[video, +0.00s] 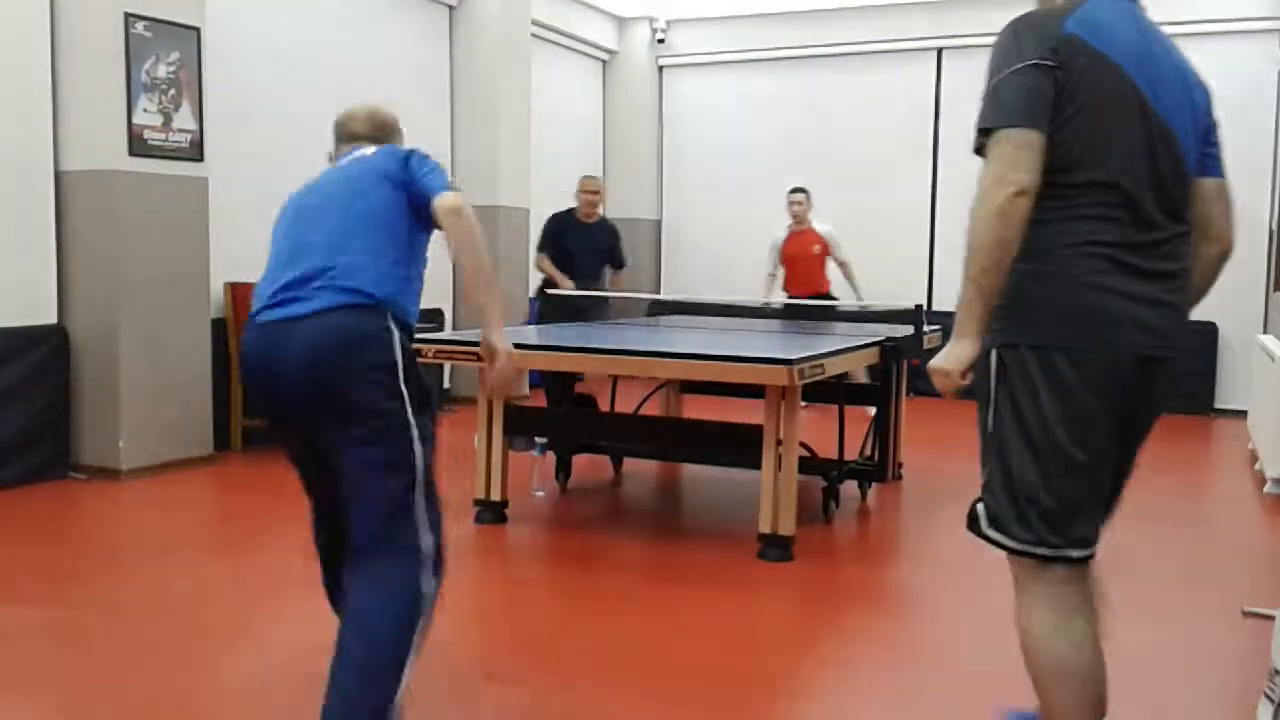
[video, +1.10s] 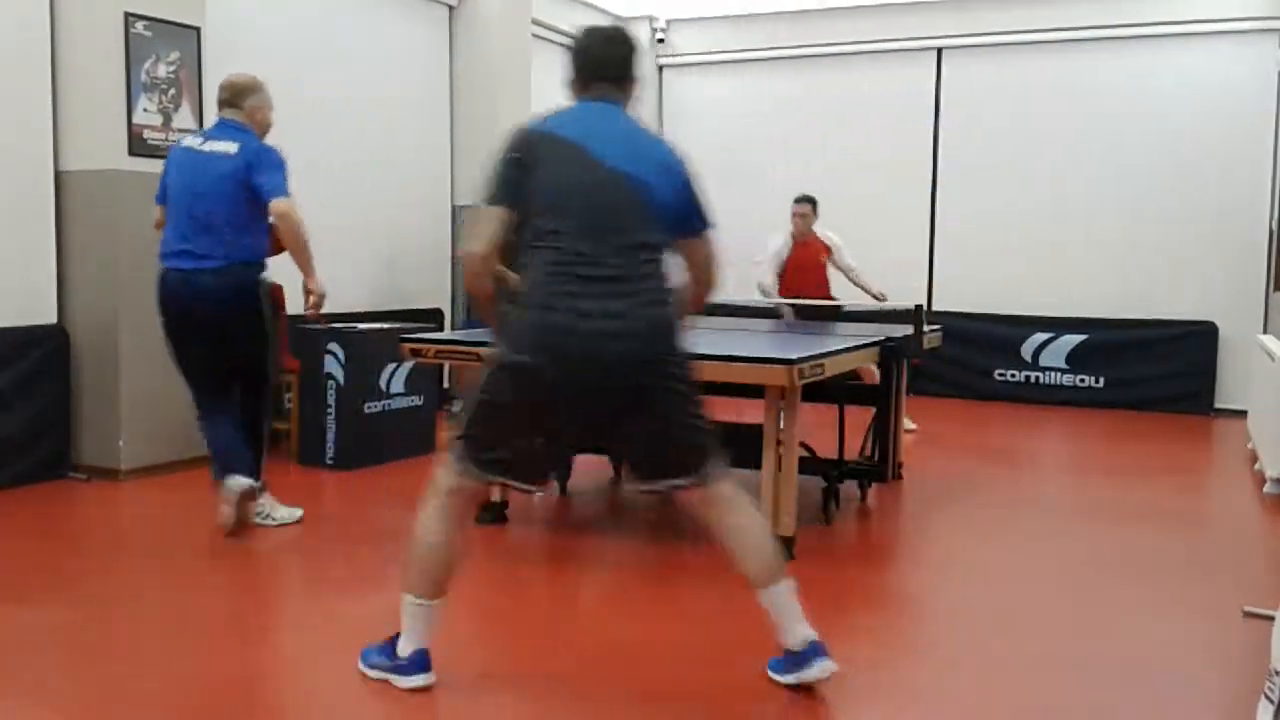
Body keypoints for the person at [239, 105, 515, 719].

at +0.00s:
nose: (402, 151)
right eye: (401, 143)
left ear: (336, 150)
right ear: (394, 143)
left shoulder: (303, 195)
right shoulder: (403, 159)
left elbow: (280, 284)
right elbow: (454, 212)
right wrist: (495, 333)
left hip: (270, 345)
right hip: (356, 339)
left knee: (333, 505)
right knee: (401, 541)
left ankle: (369, 634)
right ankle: (357, 707)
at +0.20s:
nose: (404, 186)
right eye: (400, 181)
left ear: (350, 178)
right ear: (386, 172)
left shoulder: (323, 214)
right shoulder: (383, 174)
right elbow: (404, 193)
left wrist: (424, 347)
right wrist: (449, 281)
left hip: (273, 329)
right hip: (350, 317)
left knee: (349, 483)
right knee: (446, 497)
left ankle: (369, 636)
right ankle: (418, 661)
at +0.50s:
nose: (403, 135)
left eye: (401, 127)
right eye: (401, 128)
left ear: (347, 129)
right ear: (391, 124)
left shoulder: (313, 171)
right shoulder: (389, 138)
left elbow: (310, 245)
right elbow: (398, 172)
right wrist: (419, 259)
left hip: (289, 297)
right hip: (359, 290)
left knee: (321, 445)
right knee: (396, 443)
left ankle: (337, 545)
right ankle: (406, 590)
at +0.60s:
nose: (383, 136)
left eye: (380, 129)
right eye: (381, 129)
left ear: (330, 129)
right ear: (372, 128)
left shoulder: (287, 179)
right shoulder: (381, 158)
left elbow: (255, 262)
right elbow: (403, 200)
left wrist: (298, 296)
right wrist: (418, 291)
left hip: (289, 314)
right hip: (364, 305)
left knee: (301, 439)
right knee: (401, 445)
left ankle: (305, 548)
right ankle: (402, 587)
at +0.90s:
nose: (291, 122)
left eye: (289, 115)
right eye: (290, 115)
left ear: (240, 117)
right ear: (280, 116)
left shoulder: (207, 165)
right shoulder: (303, 158)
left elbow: (186, 244)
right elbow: (341, 215)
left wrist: (228, 268)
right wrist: (347, 291)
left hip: (229, 304)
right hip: (296, 298)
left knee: (245, 422)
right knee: (335, 408)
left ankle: (278, 539)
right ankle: (357, 520)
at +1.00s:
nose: (282, 119)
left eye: (281, 112)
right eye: (280, 112)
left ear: (235, 108)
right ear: (269, 110)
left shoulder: (194, 151)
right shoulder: (281, 151)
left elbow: (175, 220)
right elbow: (305, 209)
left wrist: (213, 248)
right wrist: (319, 279)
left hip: (203, 288)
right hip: (264, 284)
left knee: (232, 402)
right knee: (297, 395)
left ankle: (271, 517)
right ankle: (302, 504)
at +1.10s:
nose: (269, 122)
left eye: (269, 114)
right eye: (267, 114)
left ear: (222, 109)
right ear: (255, 112)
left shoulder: (181, 149)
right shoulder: (259, 152)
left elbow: (162, 220)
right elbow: (281, 212)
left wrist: (219, 231)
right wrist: (309, 273)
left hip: (179, 285)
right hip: (236, 286)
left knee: (209, 388)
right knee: (251, 385)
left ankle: (233, 476)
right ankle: (251, 492)